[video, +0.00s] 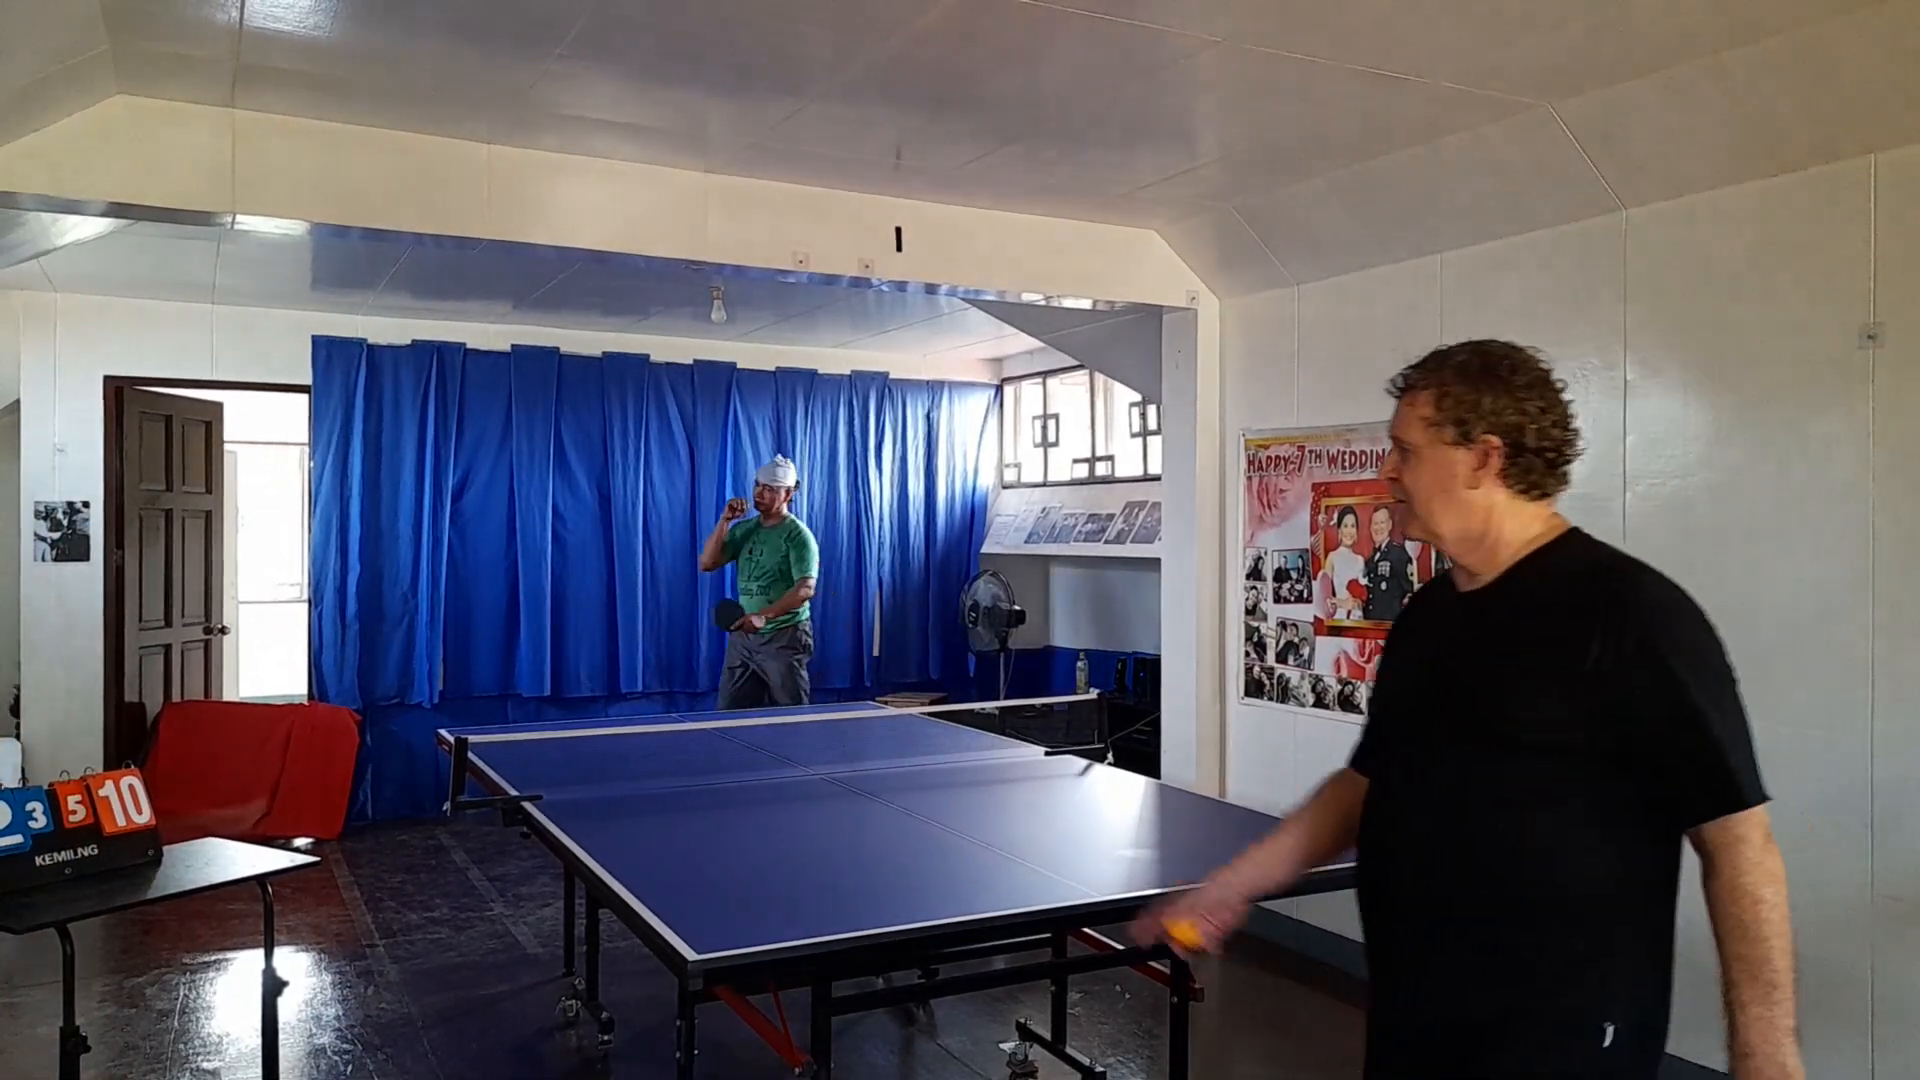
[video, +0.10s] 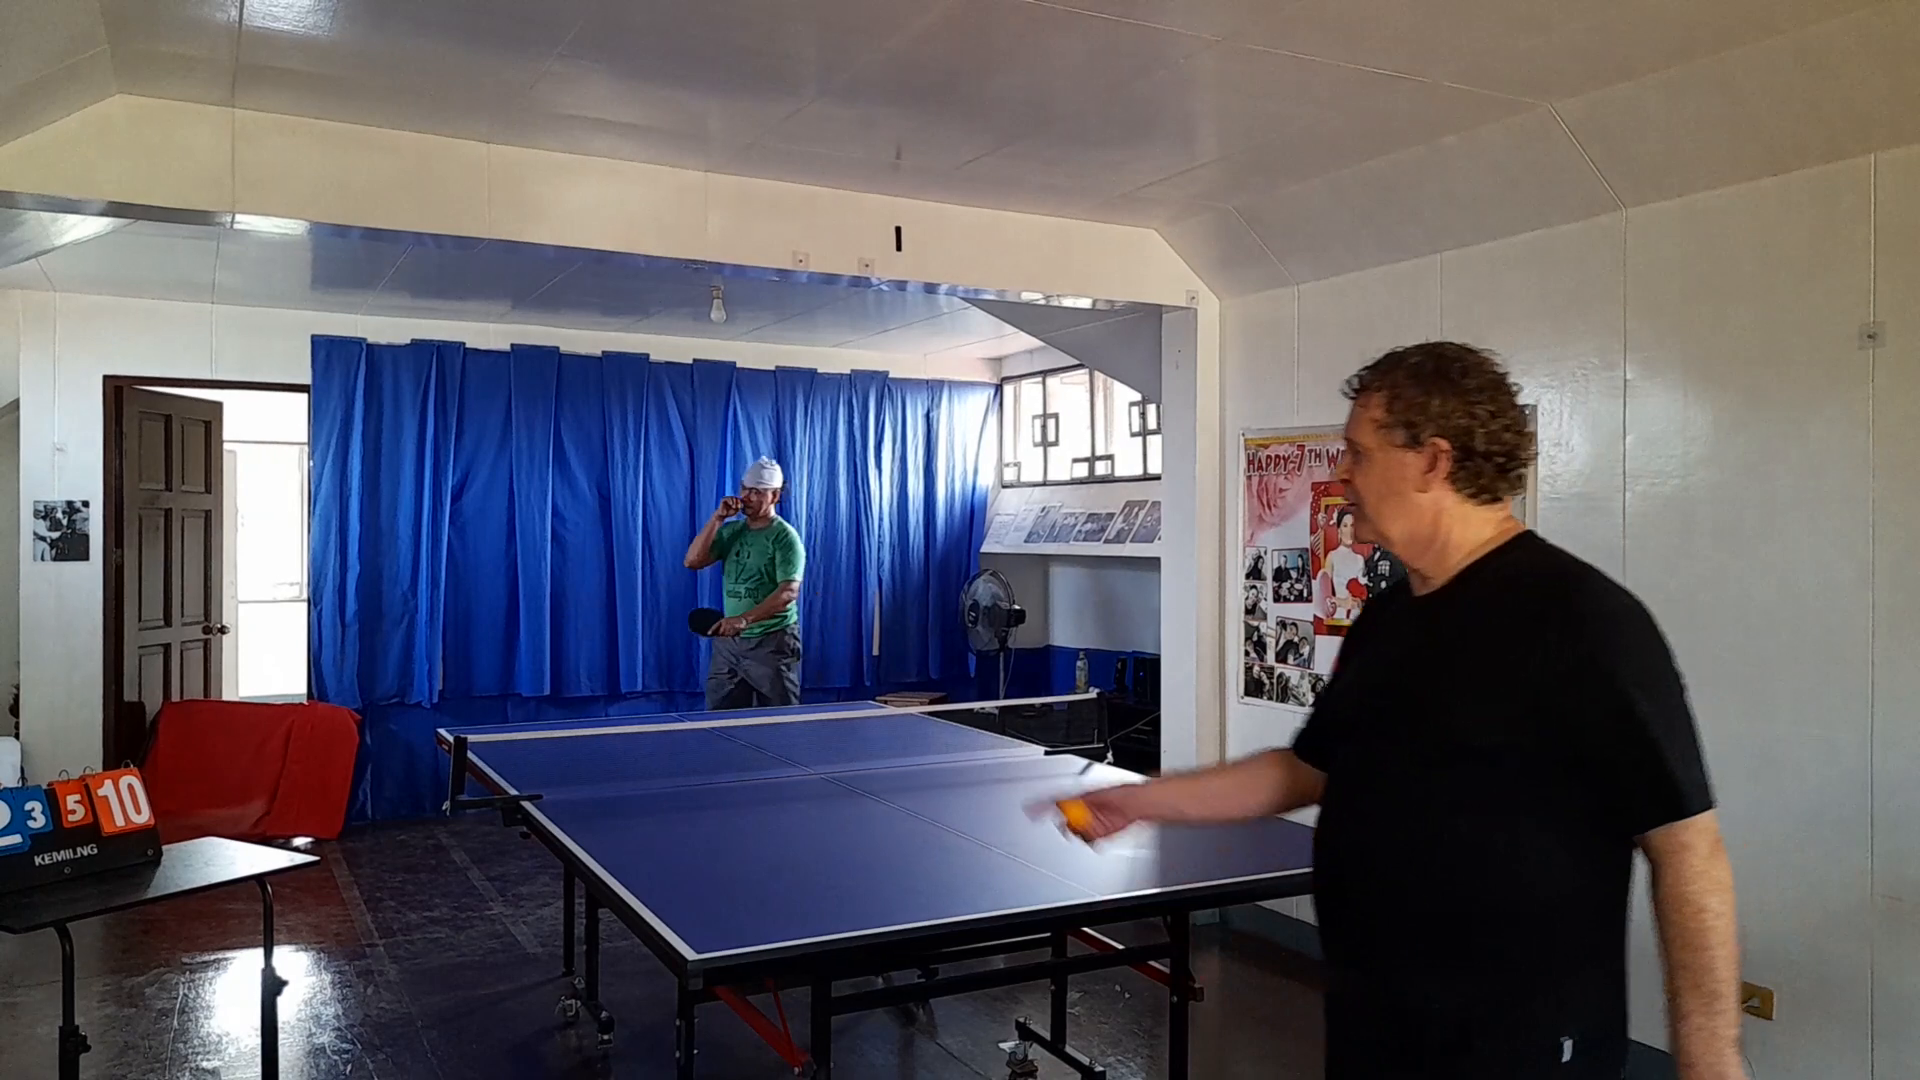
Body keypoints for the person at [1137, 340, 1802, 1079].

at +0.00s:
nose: (1386, 475)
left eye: (1403, 450)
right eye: (1390, 452)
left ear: (1485, 457)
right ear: (1476, 460)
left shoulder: (1637, 616)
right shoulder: (1426, 619)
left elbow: (1737, 844)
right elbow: (1369, 783)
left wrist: (1767, 1060)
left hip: (1571, 1048)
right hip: (1417, 1036)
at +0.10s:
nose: (1339, 477)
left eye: (1355, 454)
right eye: (1343, 455)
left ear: (1432, 461)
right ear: (1425, 462)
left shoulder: (1587, 620)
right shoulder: (1387, 622)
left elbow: (1688, 852)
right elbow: (1304, 772)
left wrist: (1710, 1063)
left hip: (1532, 1047)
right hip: (1377, 1038)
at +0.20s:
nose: (1298, 484)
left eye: (1312, 457)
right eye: (1301, 459)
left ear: (1386, 461)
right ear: (1376, 464)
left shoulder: (1535, 628)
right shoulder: (1344, 620)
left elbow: (1625, 870)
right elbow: (1245, 750)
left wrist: (1633, 1065)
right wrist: (1077, 741)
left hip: (1483, 1049)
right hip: (1329, 1039)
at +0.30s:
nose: (1257, 469)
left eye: (1272, 446)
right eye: (1262, 448)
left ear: (1342, 461)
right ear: (1339, 462)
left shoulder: (1484, 637)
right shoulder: (1309, 616)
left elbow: (1553, 891)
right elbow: (1199, 741)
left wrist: (1538, 1073)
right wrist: (1034, 739)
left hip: (1410, 1055)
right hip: (1265, 1036)